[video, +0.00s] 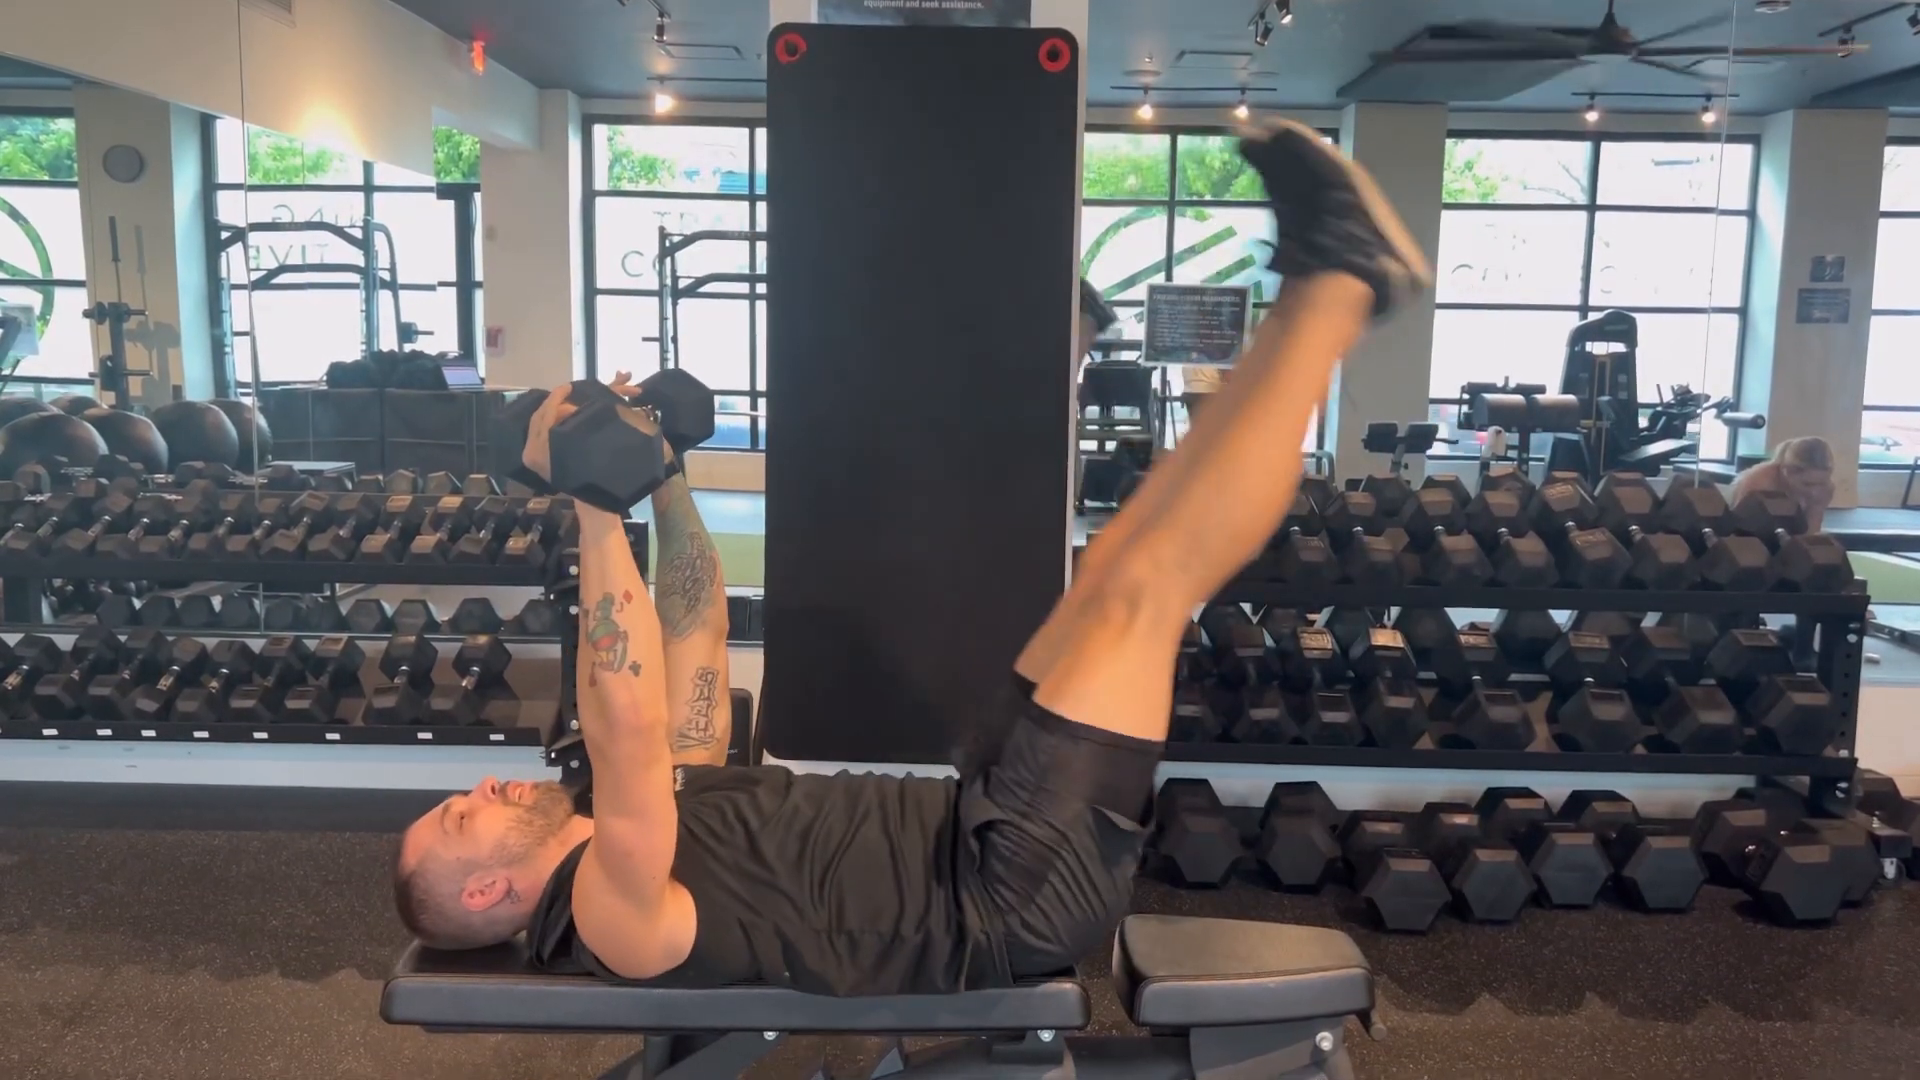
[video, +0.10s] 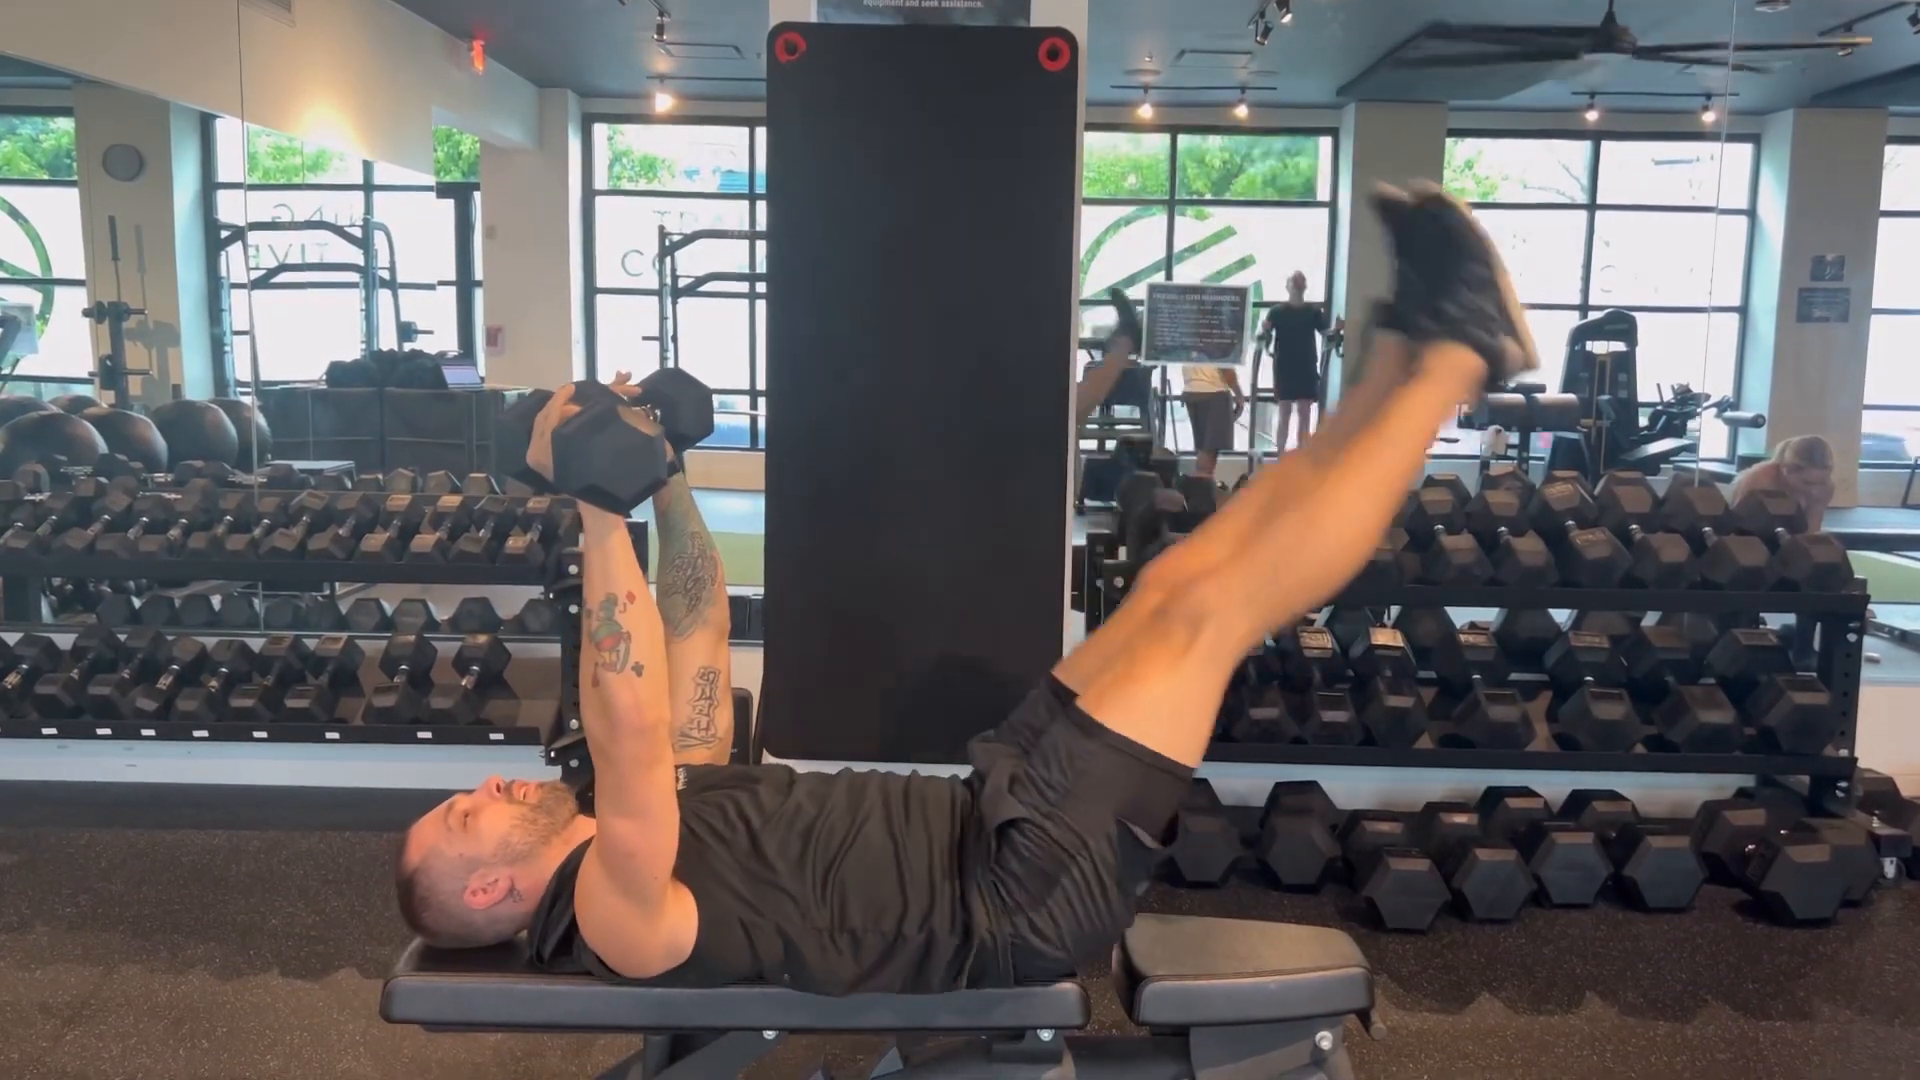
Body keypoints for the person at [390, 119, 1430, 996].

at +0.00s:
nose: (478, 791)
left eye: (458, 802)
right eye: (460, 830)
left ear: (499, 813)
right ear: (499, 889)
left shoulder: (628, 822)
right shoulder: (615, 897)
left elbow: (696, 659)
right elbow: (624, 679)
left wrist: (661, 485)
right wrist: (597, 508)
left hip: (977, 826)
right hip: (1005, 886)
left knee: (1123, 562)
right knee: (1142, 576)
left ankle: (1321, 285)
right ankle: (1340, 277)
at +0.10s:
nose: (503, 784)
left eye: (484, 792)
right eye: (479, 814)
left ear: (517, 837)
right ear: (503, 893)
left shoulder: (642, 830)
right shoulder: (623, 905)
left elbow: (695, 660)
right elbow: (626, 701)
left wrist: (668, 484)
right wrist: (600, 514)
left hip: (988, 814)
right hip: (1017, 891)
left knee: (1191, 581)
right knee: (1202, 599)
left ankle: (1410, 355)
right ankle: (1460, 357)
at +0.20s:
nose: (481, 790)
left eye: (465, 801)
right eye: (462, 830)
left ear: (518, 827)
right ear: (494, 893)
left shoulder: (638, 821)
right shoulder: (619, 903)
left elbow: (696, 667)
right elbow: (620, 678)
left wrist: (660, 485)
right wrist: (601, 498)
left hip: (999, 808)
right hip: (1022, 881)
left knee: (1228, 620)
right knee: (1244, 643)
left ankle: (1493, 442)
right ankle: (1547, 452)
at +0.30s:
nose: (497, 788)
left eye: (477, 793)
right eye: (473, 820)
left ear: (528, 828)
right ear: (496, 898)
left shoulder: (641, 834)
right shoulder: (614, 904)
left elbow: (695, 669)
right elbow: (625, 715)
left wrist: (663, 499)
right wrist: (607, 517)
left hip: (1008, 805)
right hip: (1015, 889)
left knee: (1266, 655)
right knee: (1276, 682)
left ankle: (1576, 528)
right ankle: (1609, 543)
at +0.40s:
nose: (492, 794)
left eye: (473, 800)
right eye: (472, 826)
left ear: (523, 839)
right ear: (507, 901)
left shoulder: (640, 834)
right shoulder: (622, 903)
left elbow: (694, 662)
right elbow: (628, 704)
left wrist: (656, 494)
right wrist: (606, 520)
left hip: (1025, 799)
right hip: (1031, 871)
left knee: (1301, 700)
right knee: (1317, 721)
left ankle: (1626, 613)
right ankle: (1652, 642)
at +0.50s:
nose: (499, 789)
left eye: (478, 794)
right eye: (479, 818)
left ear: (530, 837)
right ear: (513, 894)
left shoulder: (646, 828)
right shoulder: (627, 898)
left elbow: (698, 663)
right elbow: (628, 694)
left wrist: (656, 495)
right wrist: (602, 512)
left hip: (1040, 798)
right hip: (1044, 871)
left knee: (1330, 732)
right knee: (1344, 760)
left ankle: (1656, 703)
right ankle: (1679, 718)